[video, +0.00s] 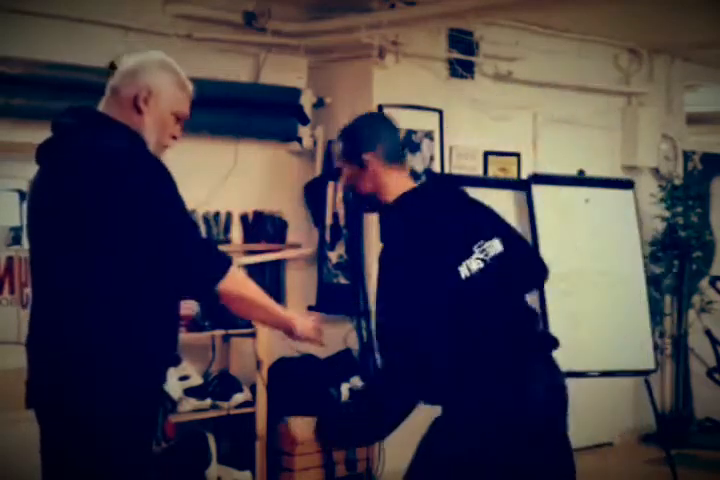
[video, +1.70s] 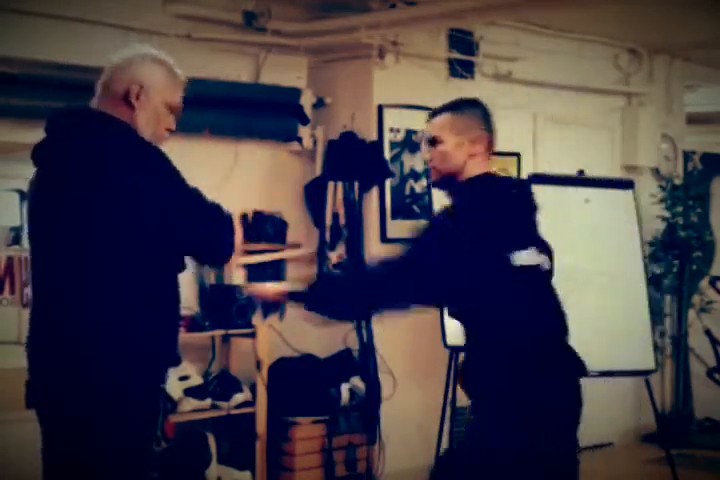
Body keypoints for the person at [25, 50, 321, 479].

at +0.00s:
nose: (178, 136)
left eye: (182, 125)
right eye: (176, 120)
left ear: (136, 99)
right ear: (141, 101)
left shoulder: (59, 161)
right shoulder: (134, 168)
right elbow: (208, 272)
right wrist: (290, 322)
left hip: (60, 382)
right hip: (117, 390)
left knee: (66, 472)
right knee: (118, 470)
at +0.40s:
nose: (166, 112)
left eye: (165, 99)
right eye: (159, 96)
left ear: (120, 92)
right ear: (119, 92)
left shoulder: (60, 157)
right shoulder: (113, 159)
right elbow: (203, 260)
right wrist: (291, 293)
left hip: (66, 379)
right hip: (113, 386)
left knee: (75, 471)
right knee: (120, 470)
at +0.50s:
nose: (161, 109)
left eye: (159, 96)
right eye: (154, 93)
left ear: (110, 92)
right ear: (112, 91)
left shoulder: (63, 157)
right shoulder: (104, 160)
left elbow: (178, 245)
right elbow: (194, 250)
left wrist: (277, 262)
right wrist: (290, 265)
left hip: (71, 382)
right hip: (109, 390)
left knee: (78, 472)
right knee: (118, 471)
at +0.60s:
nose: (156, 105)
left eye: (154, 92)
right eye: (148, 89)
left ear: (106, 90)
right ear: (107, 89)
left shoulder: (61, 154)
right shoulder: (97, 157)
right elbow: (192, 240)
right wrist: (299, 212)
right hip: (108, 389)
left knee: (80, 473)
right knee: (115, 472)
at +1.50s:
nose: (155, 114)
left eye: (155, 101)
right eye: (149, 98)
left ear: (112, 92)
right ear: (112, 92)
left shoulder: (55, 154)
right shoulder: (106, 155)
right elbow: (188, 230)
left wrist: (212, 239)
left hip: (68, 374)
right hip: (113, 379)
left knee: (74, 471)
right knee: (118, 470)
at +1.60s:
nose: (165, 119)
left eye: (166, 107)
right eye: (161, 104)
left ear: (115, 94)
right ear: (123, 95)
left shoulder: (52, 157)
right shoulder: (127, 161)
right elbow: (213, 227)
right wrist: (180, 169)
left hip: (63, 374)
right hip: (119, 379)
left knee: (68, 471)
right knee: (120, 471)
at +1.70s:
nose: (173, 127)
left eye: (176, 115)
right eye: (170, 111)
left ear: (127, 95)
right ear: (135, 97)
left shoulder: (54, 159)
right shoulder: (135, 160)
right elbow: (219, 241)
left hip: (61, 375)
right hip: (120, 381)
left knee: (67, 471)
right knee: (120, 470)